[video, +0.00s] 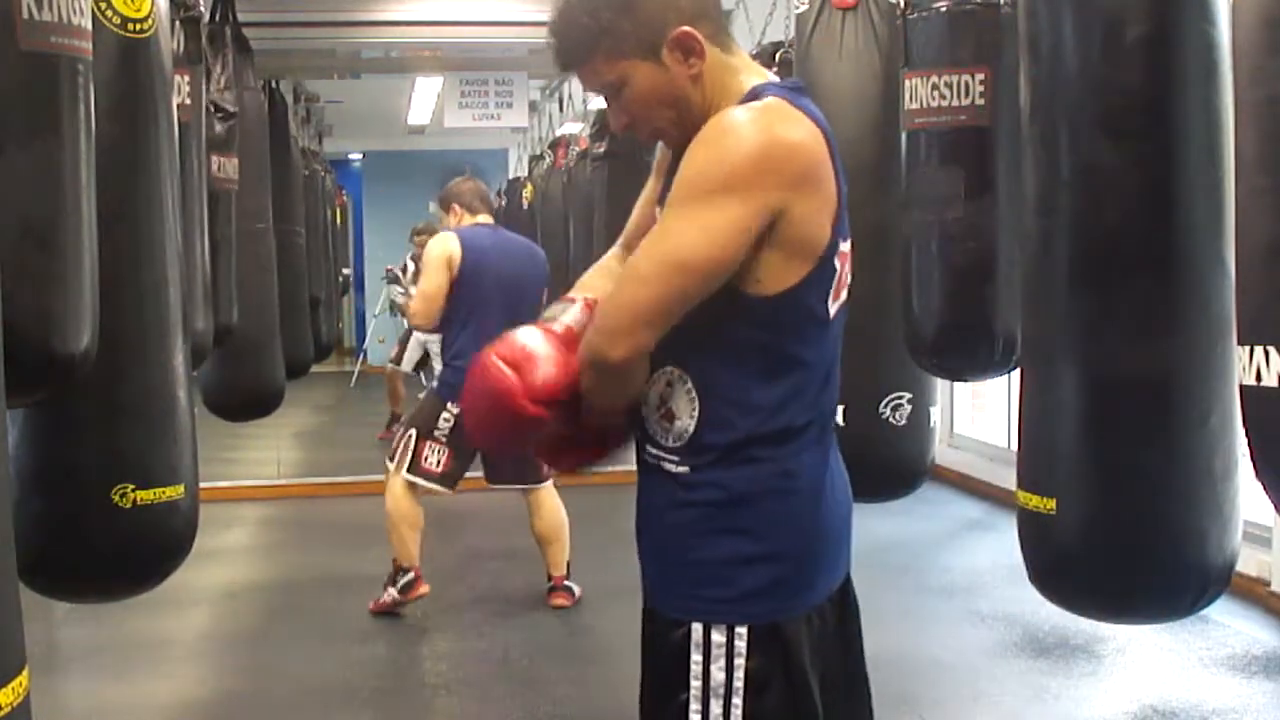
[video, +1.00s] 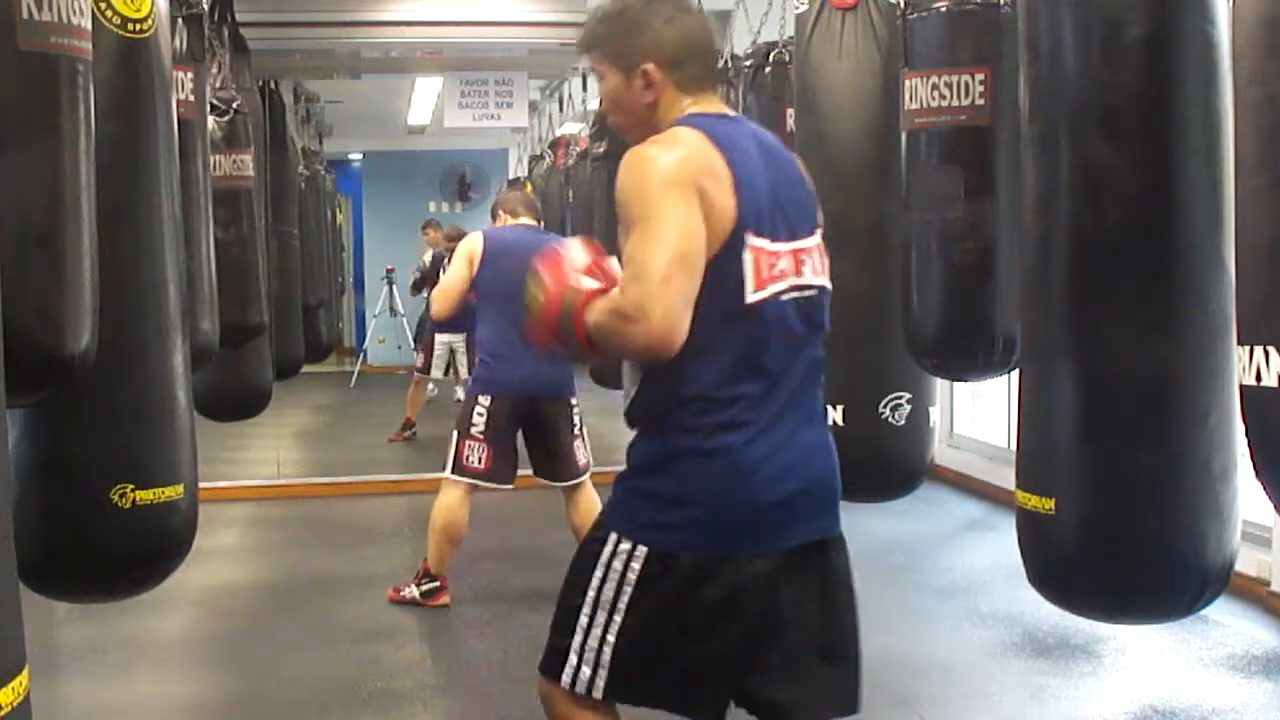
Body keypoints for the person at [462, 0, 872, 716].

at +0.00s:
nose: (613, 119)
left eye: (613, 92)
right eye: (603, 100)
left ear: (686, 53)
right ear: (687, 56)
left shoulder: (753, 137)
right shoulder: (708, 127)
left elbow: (618, 346)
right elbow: (626, 254)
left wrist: (604, 420)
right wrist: (556, 337)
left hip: (733, 542)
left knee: (713, 712)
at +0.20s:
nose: (594, 80)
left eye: (604, 46)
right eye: (587, 54)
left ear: (685, 30)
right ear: (683, 38)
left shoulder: (736, 126)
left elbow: (598, 319)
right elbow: (591, 249)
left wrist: (614, 383)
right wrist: (551, 351)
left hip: (729, 536)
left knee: (714, 710)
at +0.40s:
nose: (586, 69)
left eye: (594, 35)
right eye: (584, 41)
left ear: (668, 30)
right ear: (668, 34)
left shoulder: (709, 129)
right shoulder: (755, 111)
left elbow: (593, 334)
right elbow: (615, 257)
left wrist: (611, 376)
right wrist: (536, 329)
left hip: (722, 530)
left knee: (702, 712)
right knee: (786, 707)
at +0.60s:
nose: (604, 77)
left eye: (607, 49)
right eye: (602, 52)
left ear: (659, 49)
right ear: (665, 49)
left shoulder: (702, 147)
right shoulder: (774, 133)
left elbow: (674, 359)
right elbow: (755, 298)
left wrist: (591, 385)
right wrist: (610, 306)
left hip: (718, 528)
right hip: (793, 501)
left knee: (691, 709)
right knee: (800, 707)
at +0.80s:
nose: (615, 86)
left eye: (621, 63)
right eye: (612, 65)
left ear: (671, 63)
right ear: (701, 64)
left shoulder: (687, 149)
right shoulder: (791, 149)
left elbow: (695, 301)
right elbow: (852, 278)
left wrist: (608, 353)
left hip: (716, 510)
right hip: (810, 495)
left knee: (648, 708)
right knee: (784, 705)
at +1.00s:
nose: (598, 102)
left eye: (601, 79)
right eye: (594, 82)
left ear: (648, 78)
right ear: (679, 77)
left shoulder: (663, 159)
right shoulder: (781, 159)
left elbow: (653, 327)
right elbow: (751, 320)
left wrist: (584, 308)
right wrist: (626, 295)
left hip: (695, 487)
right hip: (802, 478)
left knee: (572, 687)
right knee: (803, 703)